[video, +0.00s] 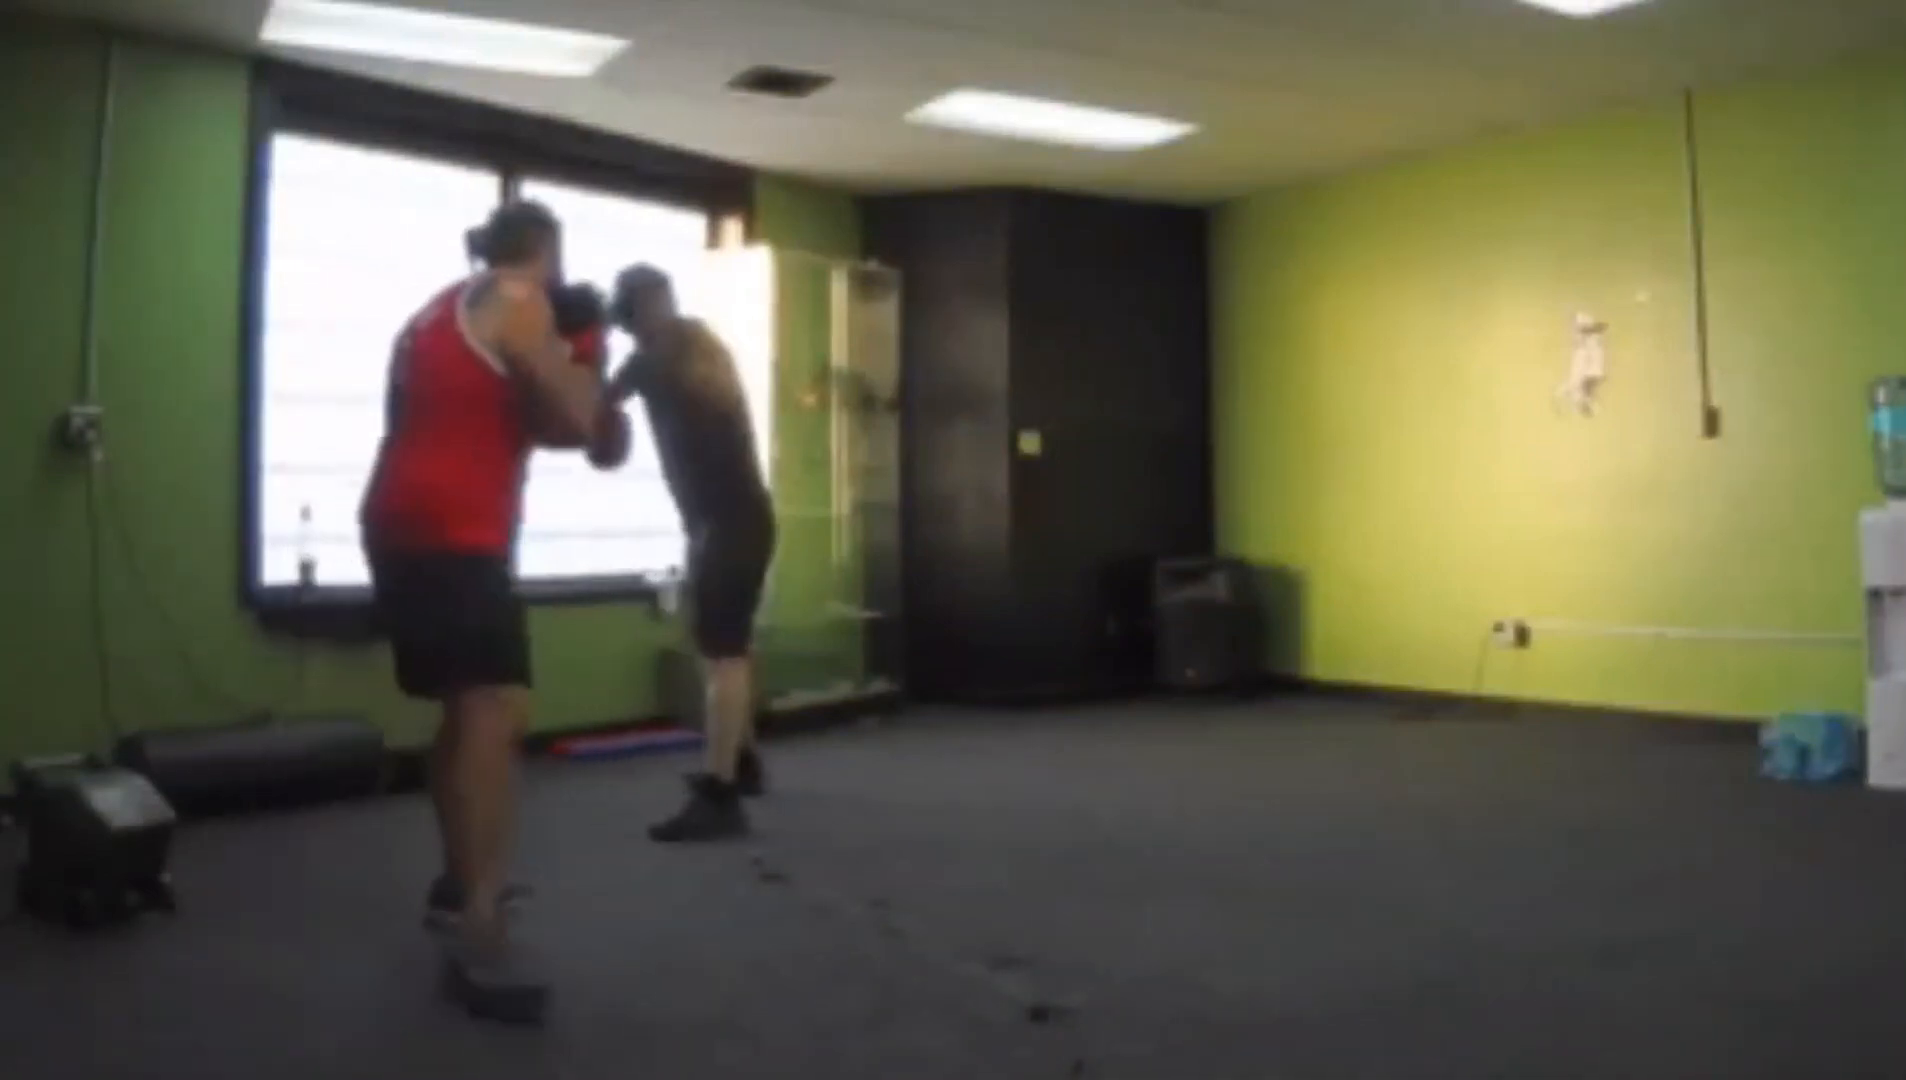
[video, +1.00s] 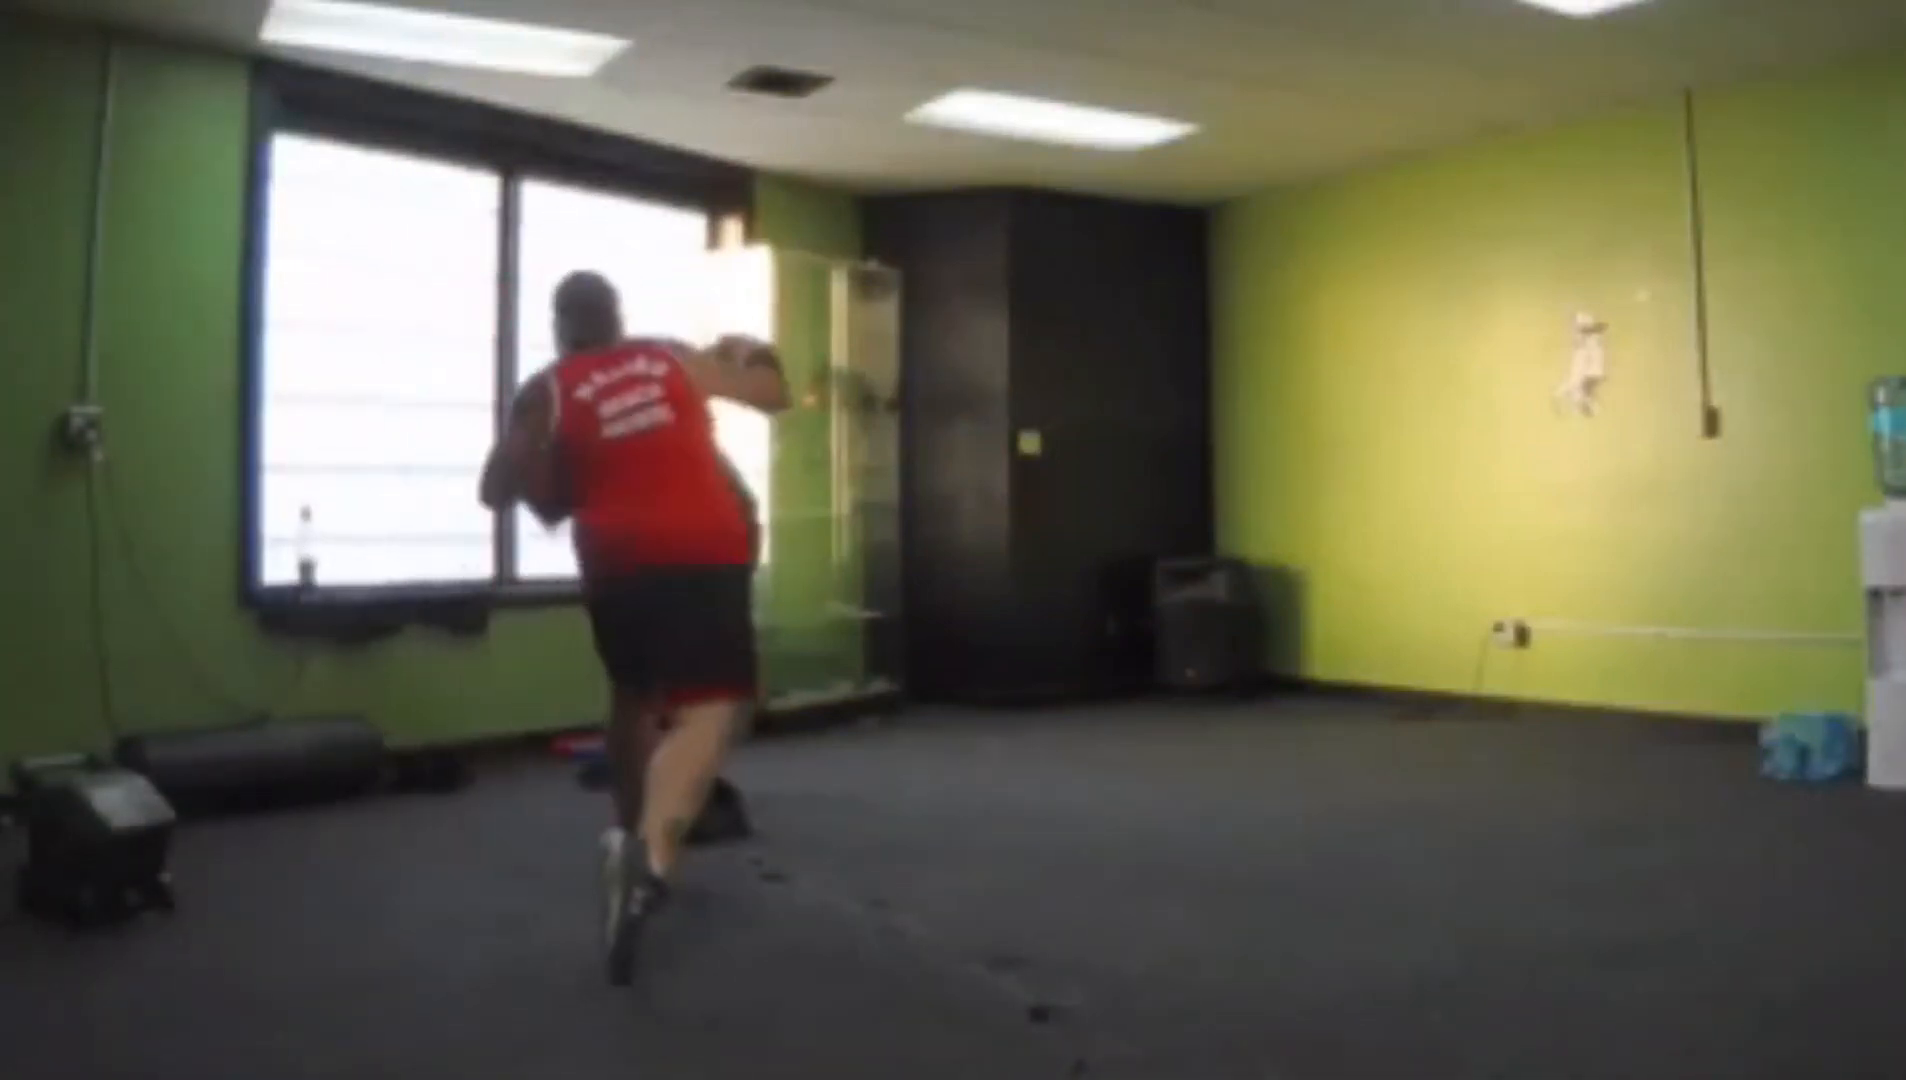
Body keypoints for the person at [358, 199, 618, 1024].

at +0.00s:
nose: (556, 275)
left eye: (554, 262)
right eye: (555, 261)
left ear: (489, 250)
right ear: (542, 252)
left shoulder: (437, 314)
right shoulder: (513, 302)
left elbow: (533, 424)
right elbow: (578, 419)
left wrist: (569, 360)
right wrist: (585, 348)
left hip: (401, 527)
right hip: (460, 533)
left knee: (465, 712)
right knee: (493, 714)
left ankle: (459, 883)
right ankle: (480, 937)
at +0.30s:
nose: (617, 273)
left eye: (615, 260)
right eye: (619, 260)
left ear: (546, 247)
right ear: (606, 256)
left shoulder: (491, 311)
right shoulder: (566, 308)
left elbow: (563, 424)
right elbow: (633, 423)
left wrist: (617, 397)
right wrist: (642, 383)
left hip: (453, 538)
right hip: (517, 549)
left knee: (509, 724)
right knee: (555, 741)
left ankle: (486, 877)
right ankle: (538, 968)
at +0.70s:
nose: (687, 315)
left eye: (684, 301)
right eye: (685, 300)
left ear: (621, 292)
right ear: (669, 296)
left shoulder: (576, 345)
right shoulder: (639, 349)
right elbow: (688, 466)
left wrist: (680, 414)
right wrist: (704, 408)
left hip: (505, 569)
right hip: (570, 578)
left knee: (597, 743)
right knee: (626, 762)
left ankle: (606, 849)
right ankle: (552, 965)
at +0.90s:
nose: (642, 333)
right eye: (642, 321)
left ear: (577, 326)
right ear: (637, 321)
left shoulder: (547, 393)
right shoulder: (652, 366)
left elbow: (586, 457)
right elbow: (711, 437)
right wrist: (752, 432)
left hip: (576, 580)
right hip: (660, 575)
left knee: (627, 721)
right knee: (673, 726)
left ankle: (633, 868)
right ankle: (633, 901)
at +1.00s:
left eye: (569, 324)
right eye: (598, 315)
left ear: (559, 330)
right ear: (618, 319)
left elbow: (527, 495)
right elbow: (770, 394)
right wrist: (752, 356)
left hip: (618, 565)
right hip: (709, 553)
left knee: (635, 705)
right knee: (712, 707)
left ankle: (643, 849)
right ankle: (650, 852)